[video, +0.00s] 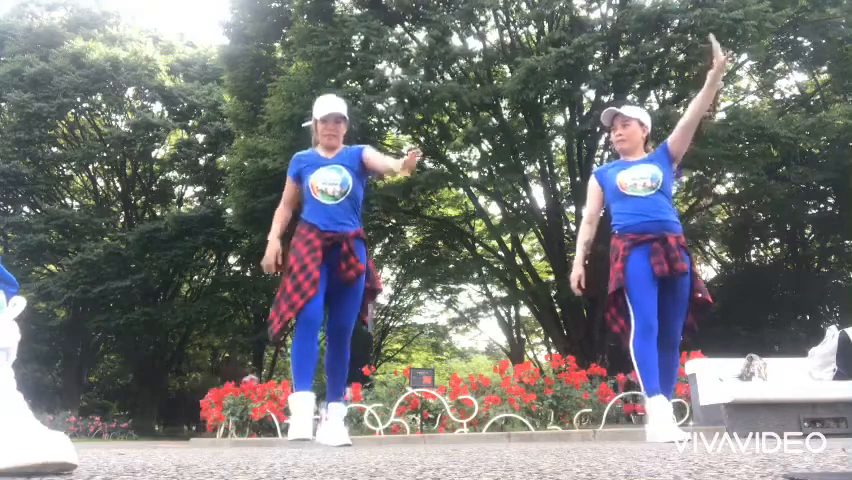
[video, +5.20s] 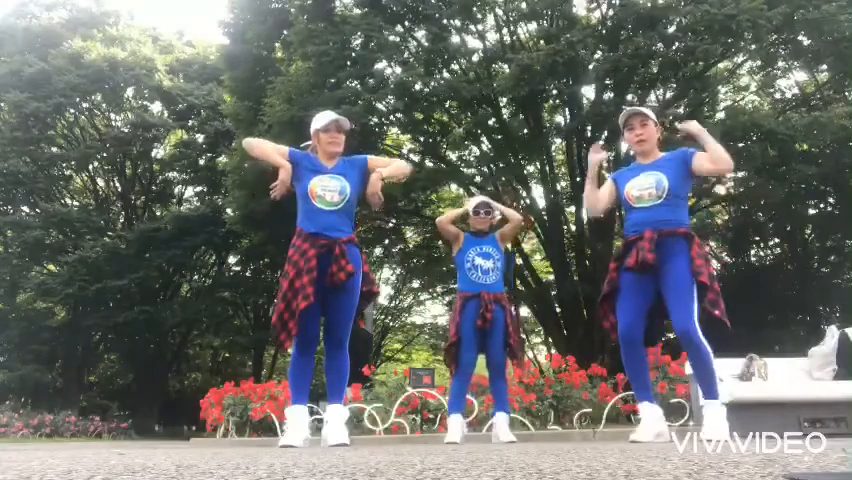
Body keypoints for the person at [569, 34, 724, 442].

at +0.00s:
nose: (618, 129)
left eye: (626, 123)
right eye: (614, 126)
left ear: (645, 129)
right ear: (611, 136)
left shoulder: (662, 158)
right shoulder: (603, 174)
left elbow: (692, 119)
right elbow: (589, 219)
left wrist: (714, 77)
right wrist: (579, 260)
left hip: (674, 246)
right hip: (635, 249)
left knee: (671, 334)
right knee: (646, 326)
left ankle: (664, 410)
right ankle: (655, 407)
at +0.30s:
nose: (628, 130)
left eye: (634, 124)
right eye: (621, 126)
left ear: (648, 131)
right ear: (613, 135)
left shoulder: (667, 161)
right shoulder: (604, 173)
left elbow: (706, 162)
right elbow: (593, 218)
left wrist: (720, 128)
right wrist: (587, 257)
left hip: (675, 248)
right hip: (636, 249)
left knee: (675, 332)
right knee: (647, 323)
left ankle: (665, 406)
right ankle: (653, 402)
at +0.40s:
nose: (630, 130)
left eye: (637, 124)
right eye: (623, 126)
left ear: (650, 131)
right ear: (616, 135)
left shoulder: (672, 168)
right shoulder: (605, 173)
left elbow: (689, 213)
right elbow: (595, 221)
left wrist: (703, 203)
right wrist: (590, 260)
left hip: (675, 250)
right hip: (636, 252)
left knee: (676, 337)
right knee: (646, 317)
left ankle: (662, 414)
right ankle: (650, 403)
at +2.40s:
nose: (663, 141)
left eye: (669, 135)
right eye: (656, 136)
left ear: (679, 139)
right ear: (646, 142)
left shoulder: (698, 176)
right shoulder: (633, 180)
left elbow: (717, 219)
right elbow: (624, 228)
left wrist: (736, 256)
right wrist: (624, 267)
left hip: (693, 261)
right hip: (651, 262)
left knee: (700, 336)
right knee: (648, 331)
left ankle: (703, 412)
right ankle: (639, 407)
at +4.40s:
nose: (655, 127)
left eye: (660, 121)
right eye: (648, 124)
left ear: (672, 126)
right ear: (639, 133)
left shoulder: (693, 156)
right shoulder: (628, 167)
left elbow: (716, 196)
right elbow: (610, 211)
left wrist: (713, 220)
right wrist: (627, 230)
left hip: (696, 247)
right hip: (654, 250)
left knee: (710, 332)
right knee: (654, 334)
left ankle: (719, 414)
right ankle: (656, 414)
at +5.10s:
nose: (636, 125)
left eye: (642, 119)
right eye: (629, 122)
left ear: (657, 125)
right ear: (623, 133)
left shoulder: (682, 156)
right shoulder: (617, 174)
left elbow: (712, 199)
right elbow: (607, 226)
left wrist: (701, 173)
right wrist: (602, 212)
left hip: (676, 242)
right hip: (636, 250)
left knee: (697, 326)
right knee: (634, 332)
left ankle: (718, 409)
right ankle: (650, 417)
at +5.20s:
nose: (637, 131)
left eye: (643, 124)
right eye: (630, 128)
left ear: (657, 130)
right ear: (625, 138)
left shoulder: (679, 158)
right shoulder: (620, 175)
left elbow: (724, 165)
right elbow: (593, 209)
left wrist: (699, 132)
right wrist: (593, 169)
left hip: (674, 247)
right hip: (635, 252)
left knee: (686, 327)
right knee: (627, 332)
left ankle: (713, 408)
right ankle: (650, 416)